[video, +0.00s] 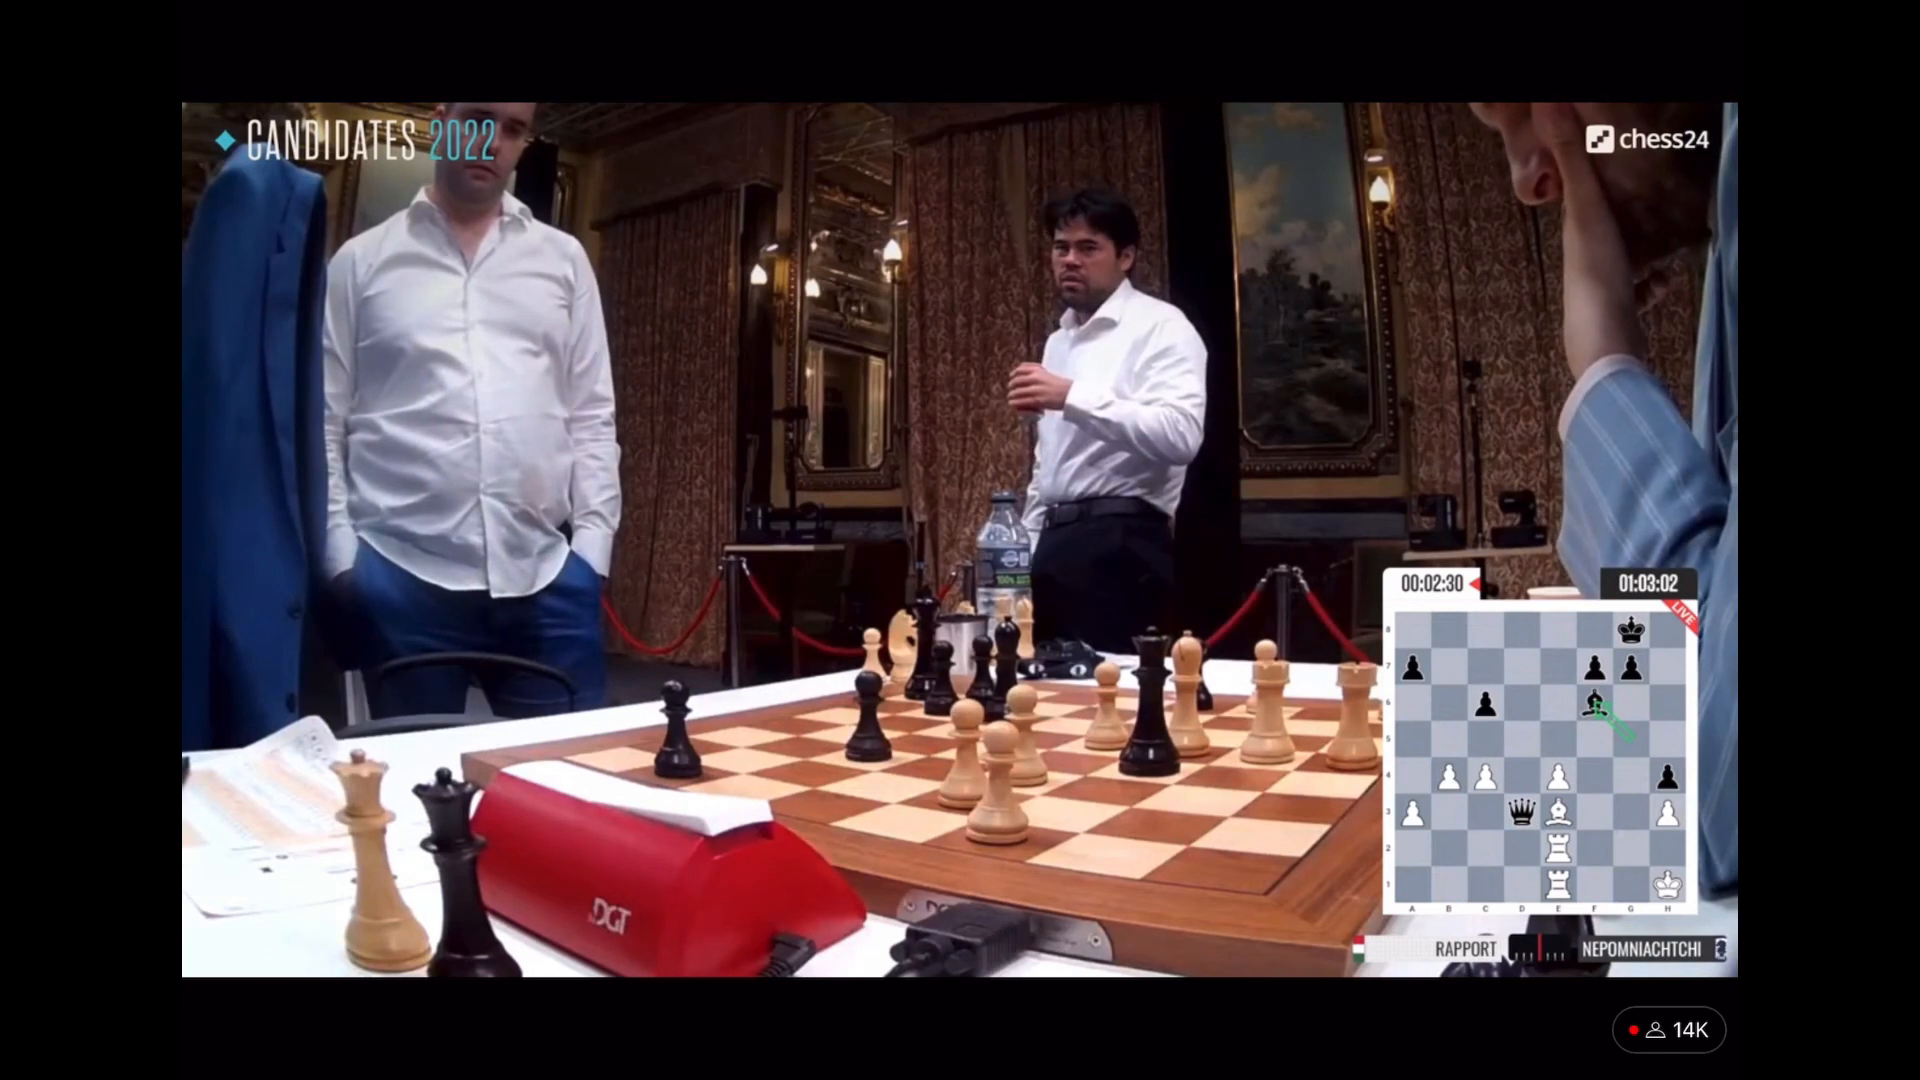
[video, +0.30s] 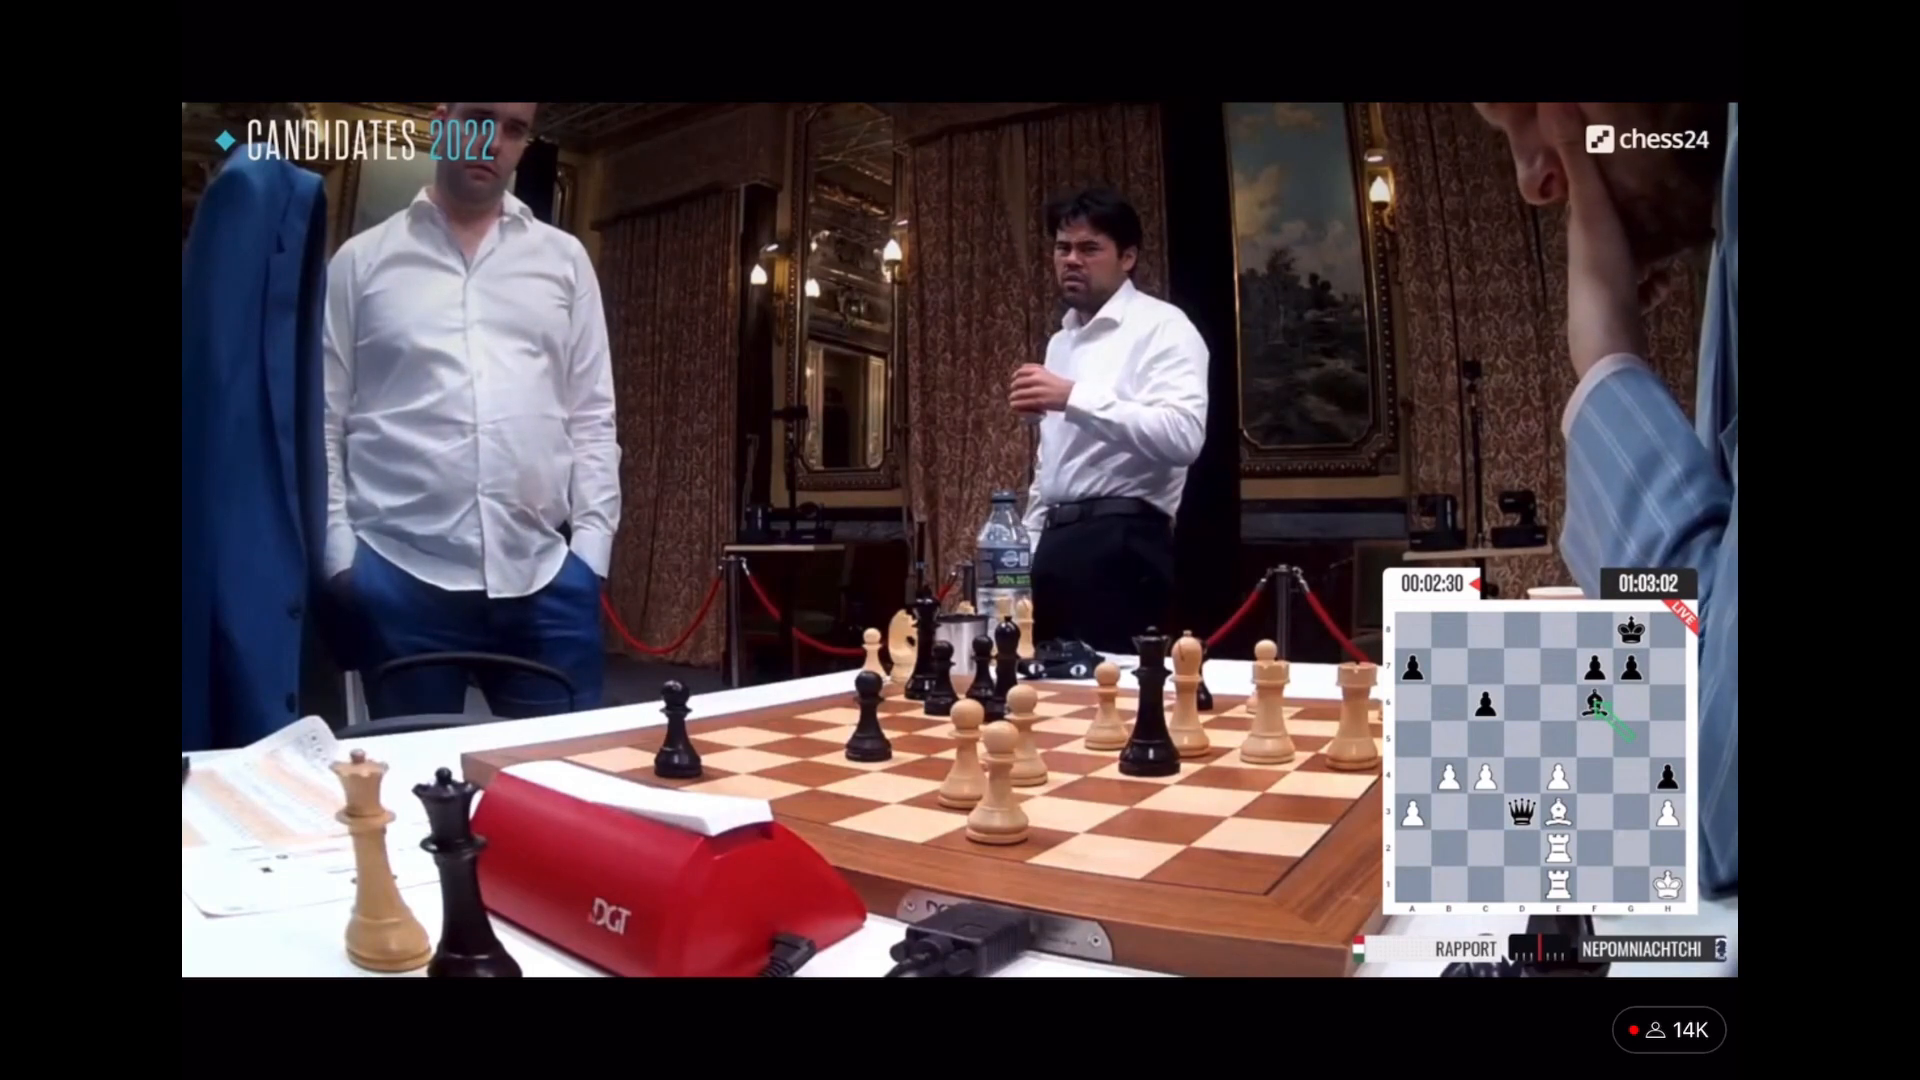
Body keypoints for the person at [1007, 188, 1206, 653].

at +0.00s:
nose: (1070, 261)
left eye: (1088, 248)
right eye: (1062, 247)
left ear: (1125, 258)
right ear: (1051, 254)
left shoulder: (1165, 328)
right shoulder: (1059, 342)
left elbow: (1180, 435)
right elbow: (1048, 458)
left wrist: (1071, 394)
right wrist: (1029, 539)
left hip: (1124, 535)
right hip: (1058, 534)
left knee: (1120, 695)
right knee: (1058, 695)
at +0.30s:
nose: (1072, 261)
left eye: (1089, 248)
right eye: (1064, 248)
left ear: (1127, 258)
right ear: (1053, 254)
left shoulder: (1167, 328)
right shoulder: (1061, 344)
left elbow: (1182, 436)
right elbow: (1051, 461)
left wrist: (1073, 395)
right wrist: (1030, 539)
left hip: (1125, 535)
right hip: (1059, 535)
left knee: (1121, 696)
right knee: (1059, 695)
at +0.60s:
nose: (1068, 261)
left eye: (1085, 249)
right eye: (1060, 248)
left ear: (1124, 259)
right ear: (1050, 254)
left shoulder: (1162, 329)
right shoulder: (1058, 343)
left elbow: (1176, 439)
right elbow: (1049, 463)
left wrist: (1068, 397)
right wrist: (1029, 537)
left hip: (1123, 536)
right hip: (1057, 535)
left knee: (1121, 696)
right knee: (1060, 696)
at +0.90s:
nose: (1016, 266)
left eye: (1031, 253)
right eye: (1014, 254)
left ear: (1077, 261)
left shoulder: (1119, 333)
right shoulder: (1035, 338)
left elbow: (1125, 442)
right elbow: (1051, 445)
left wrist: (1018, 406)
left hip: (1092, 539)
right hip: (1040, 532)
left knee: (1092, 695)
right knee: (1044, 693)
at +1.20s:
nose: (926, 289)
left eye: (936, 275)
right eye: (926, 278)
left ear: (981, 276)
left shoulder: (1021, 344)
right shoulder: (976, 348)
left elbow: (1009, 449)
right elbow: (979, 447)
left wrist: (920, 414)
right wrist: (917, 418)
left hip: (1007, 544)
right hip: (972, 537)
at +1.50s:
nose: (818, 301)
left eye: (824, 288)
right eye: (819, 289)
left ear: (856, 287)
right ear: (859, 288)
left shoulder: (876, 337)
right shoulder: (907, 339)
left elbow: (864, 435)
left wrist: (795, 417)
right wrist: (803, 422)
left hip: (887, 538)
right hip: (935, 543)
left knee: (817, 661)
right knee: (908, 676)